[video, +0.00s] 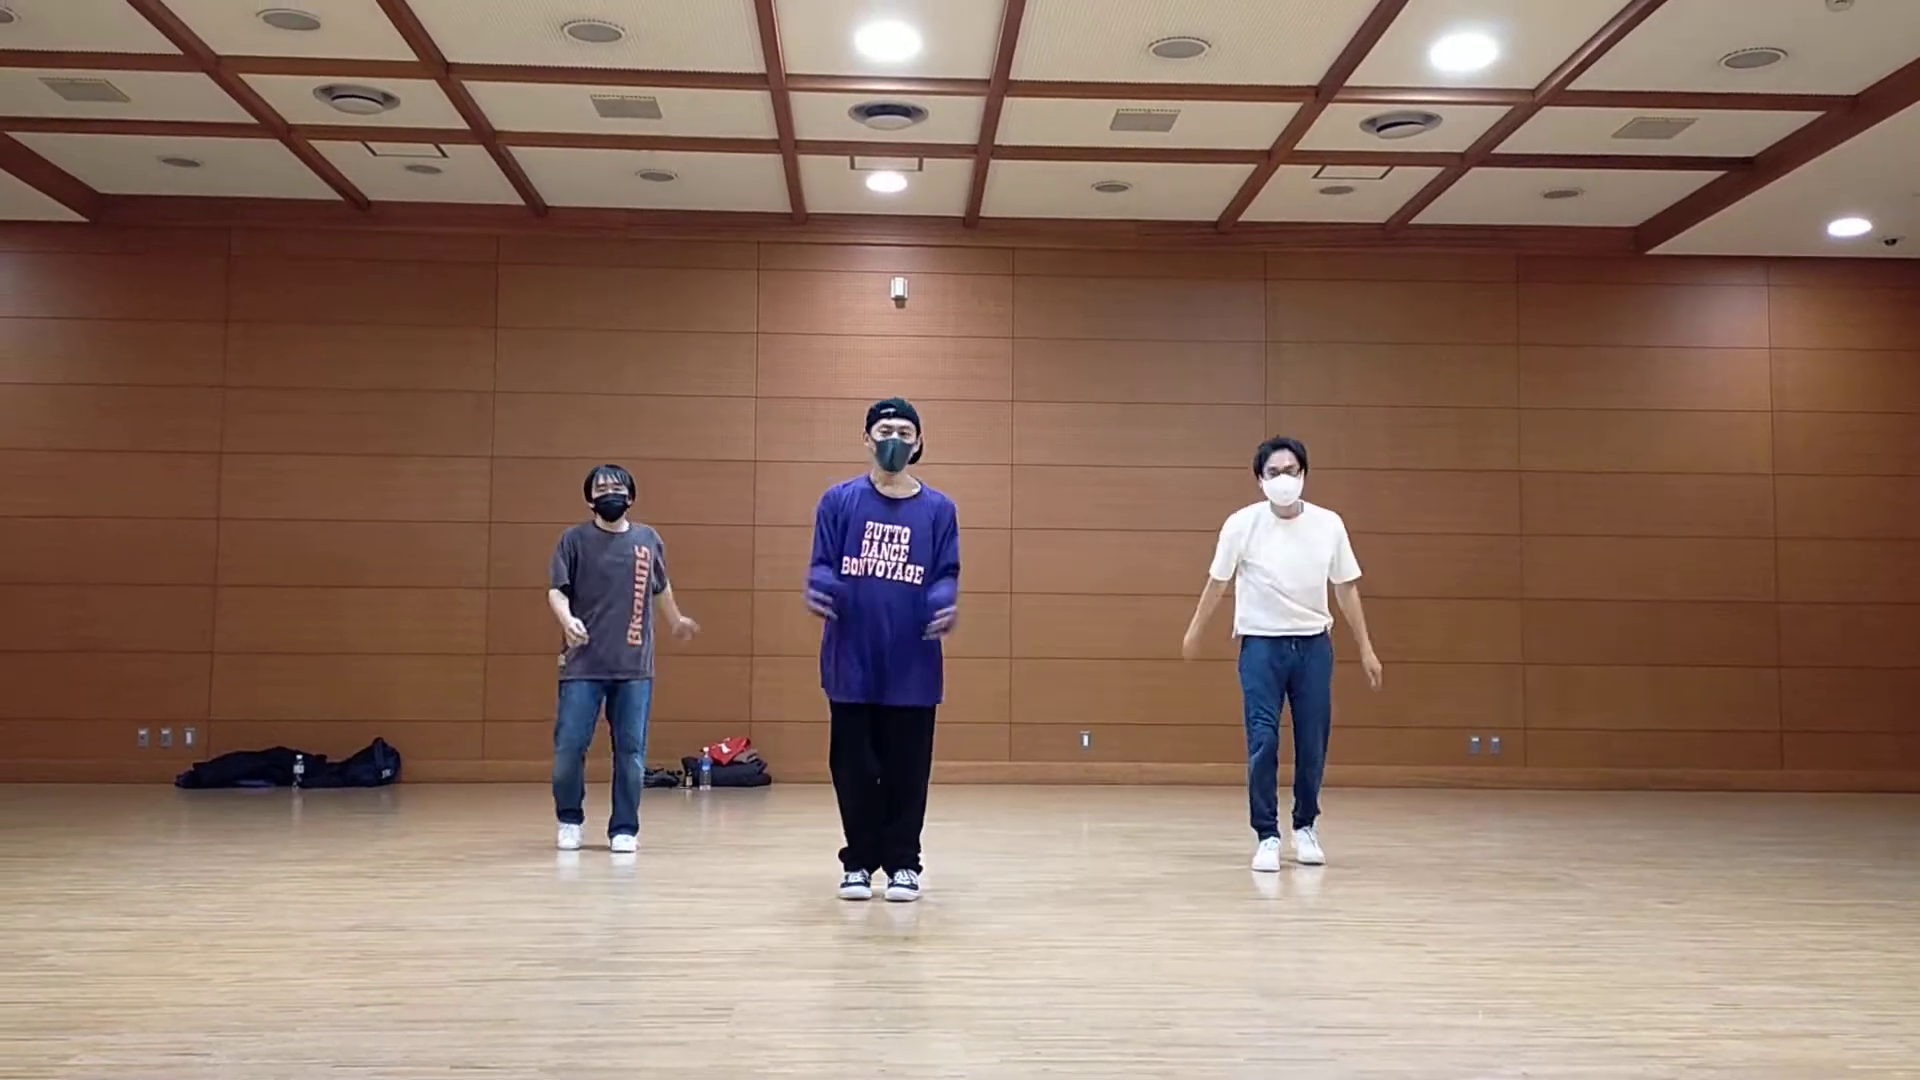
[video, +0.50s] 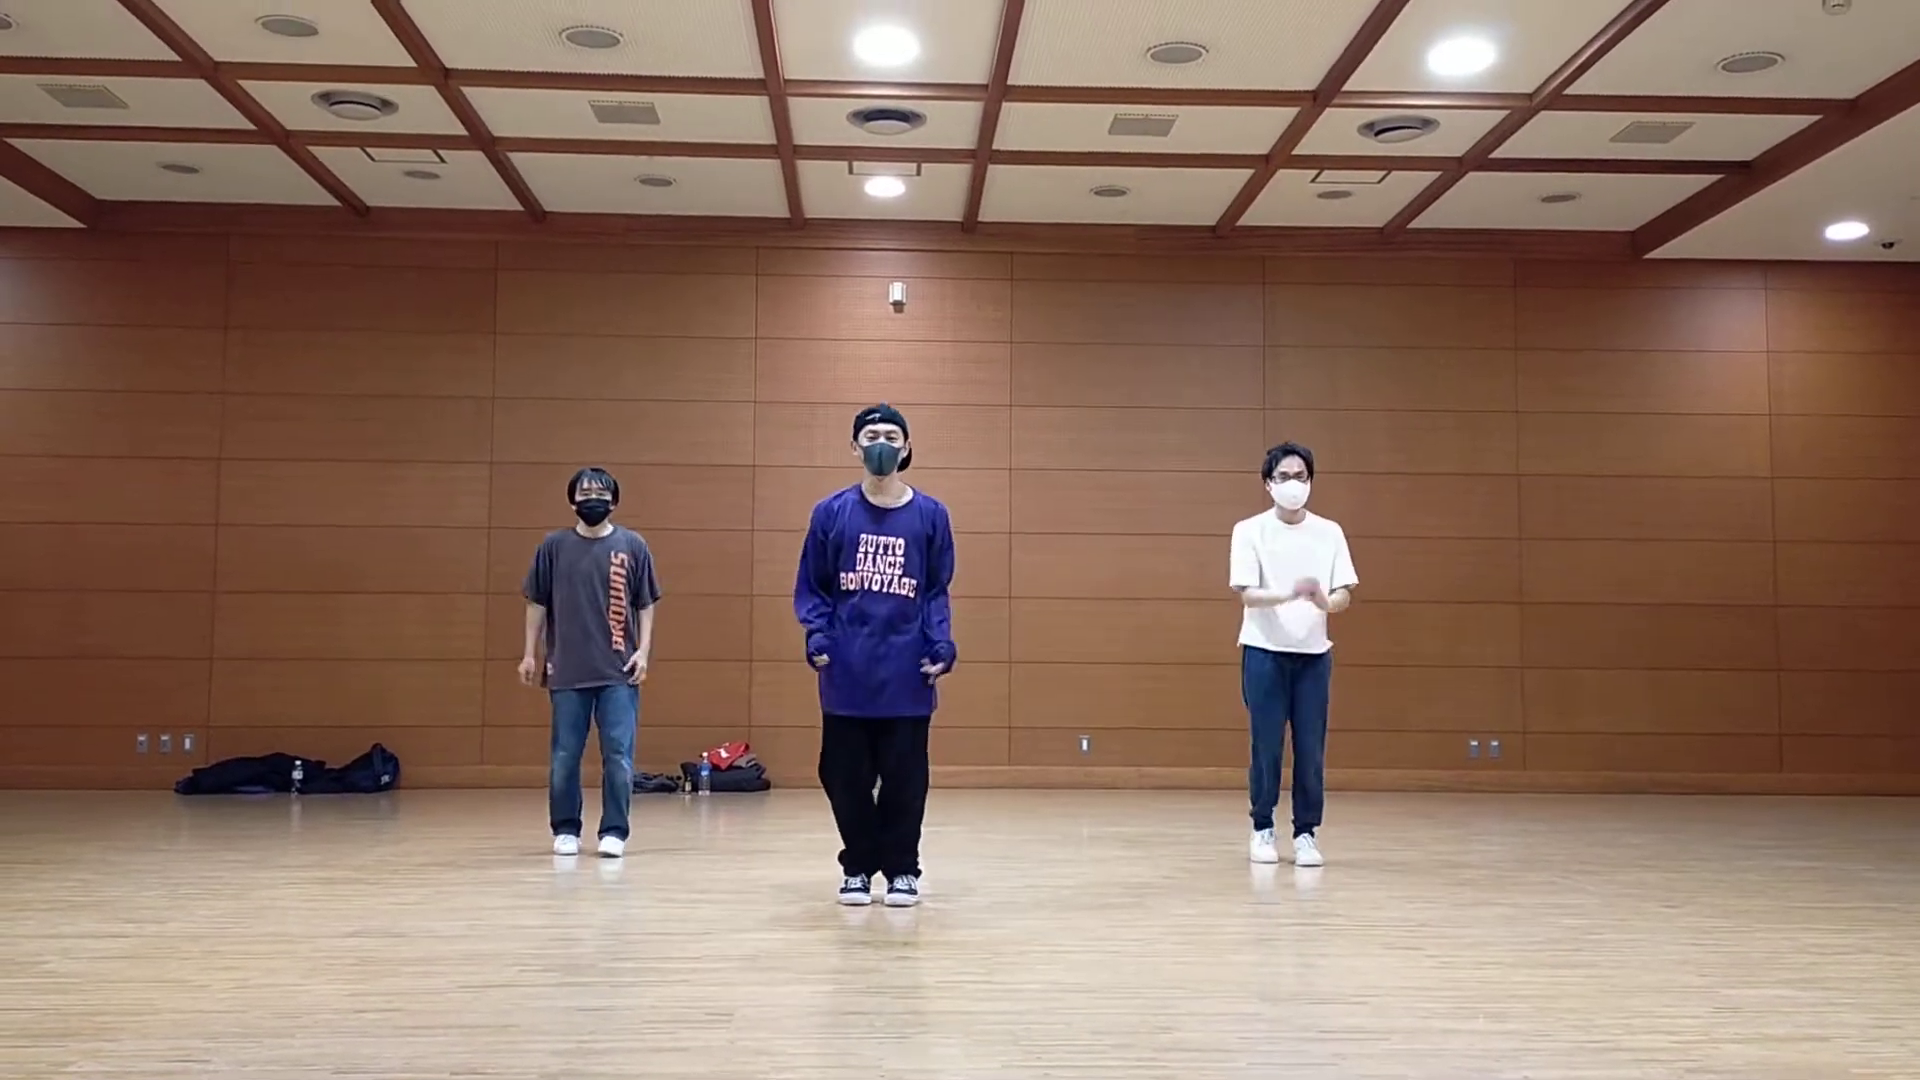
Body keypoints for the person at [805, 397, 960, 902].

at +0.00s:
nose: (894, 437)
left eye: (904, 431)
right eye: (885, 430)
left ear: (917, 444)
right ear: (868, 440)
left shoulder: (939, 508)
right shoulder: (838, 500)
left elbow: (946, 573)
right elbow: (821, 567)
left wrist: (942, 606)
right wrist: (819, 591)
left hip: (912, 663)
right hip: (851, 659)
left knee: (907, 766)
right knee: (854, 764)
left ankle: (904, 865)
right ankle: (858, 864)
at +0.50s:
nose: (880, 441)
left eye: (891, 435)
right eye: (871, 434)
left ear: (905, 449)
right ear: (856, 447)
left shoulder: (931, 514)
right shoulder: (831, 512)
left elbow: (937, 593)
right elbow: (809, 589)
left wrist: (942, 645)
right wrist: (818, 637)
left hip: (907, 671)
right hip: (846, 670)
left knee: (905, 776)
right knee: (844, 774)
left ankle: (902, 871)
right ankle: (857, 868)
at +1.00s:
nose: (894, 474)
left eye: (905, 467)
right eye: (886, 465)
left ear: (922, 475)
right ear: (873, 471)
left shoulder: (950, 534)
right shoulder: (844, 526)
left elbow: (988, 580)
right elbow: (793, 569)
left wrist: (995, 619)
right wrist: (785, 601)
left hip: (922, 675)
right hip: (858, 672)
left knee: (908, 779)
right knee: (866, 768)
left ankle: (898, 869)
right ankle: (867, 868)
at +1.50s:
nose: (896, 431)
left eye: (906, 423)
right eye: (886, 424)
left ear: (924, 435)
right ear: (871, 435)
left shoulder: (950, 491)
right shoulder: (844, 492)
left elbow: (958, 560)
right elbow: (832, 561)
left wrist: (906, 586)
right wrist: (884, 587)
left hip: (929, 663)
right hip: (863, 665)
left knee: (924, 774)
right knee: (877, 776)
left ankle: (923, 888)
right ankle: (875, 896)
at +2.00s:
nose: (903, 426)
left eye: (915, 420)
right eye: (893, 419)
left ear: (934, 439)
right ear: (877, 436)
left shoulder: (964, 511)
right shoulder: (845, 509)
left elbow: (1018, 580)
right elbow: (787, 580)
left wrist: (1073, 617)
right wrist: (741, 636)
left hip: (938, 687)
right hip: (857, 687)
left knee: (986, 791)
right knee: (809, 798)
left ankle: (1051, 900)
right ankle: (747, 904)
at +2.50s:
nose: (853, 414)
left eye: (865, 404)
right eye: (843, 405)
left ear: (884, 412)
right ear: (827, 413)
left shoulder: (917, 478)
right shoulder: (801, 481)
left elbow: (970, 525)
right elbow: (758, 554)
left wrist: (984, 540)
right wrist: (809, 534)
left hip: (897, 658)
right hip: (822, 657)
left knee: (879, 781)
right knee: (826, 779)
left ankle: (860, 880)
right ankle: (803, 904)